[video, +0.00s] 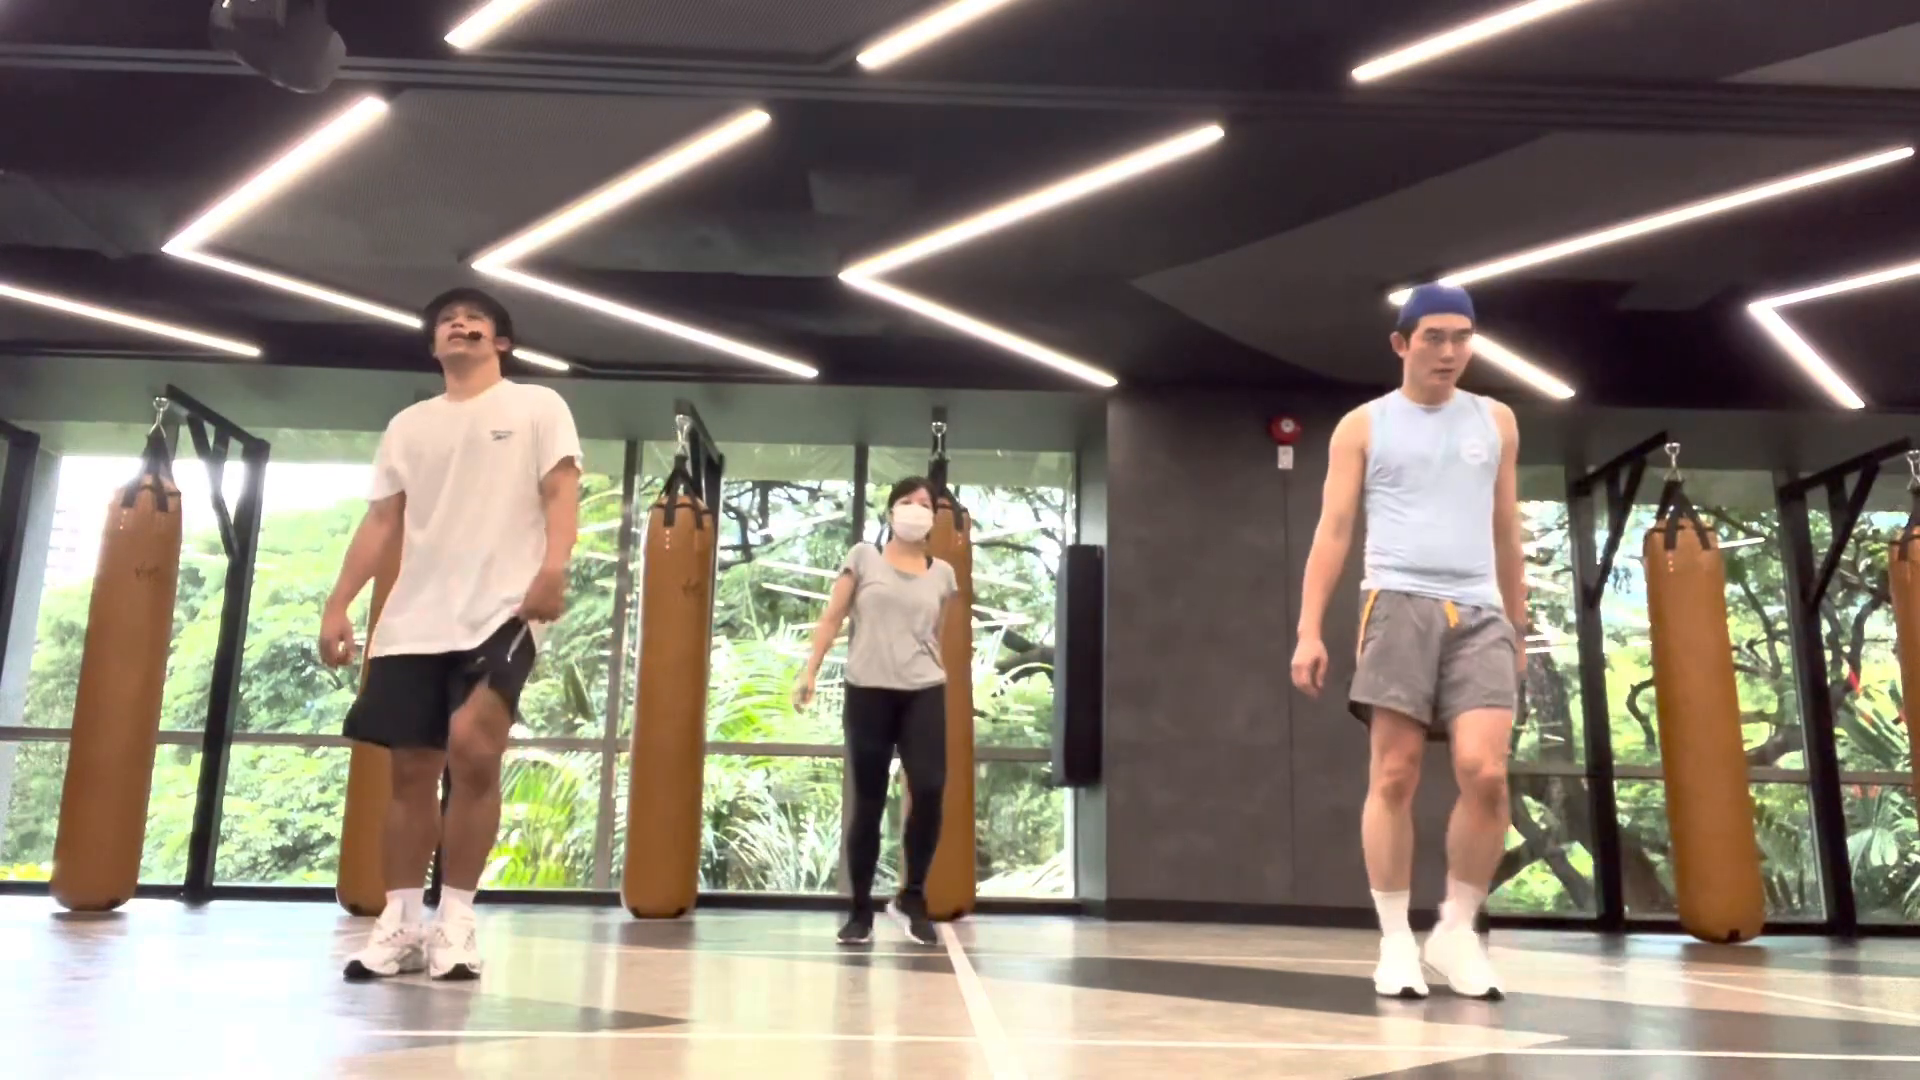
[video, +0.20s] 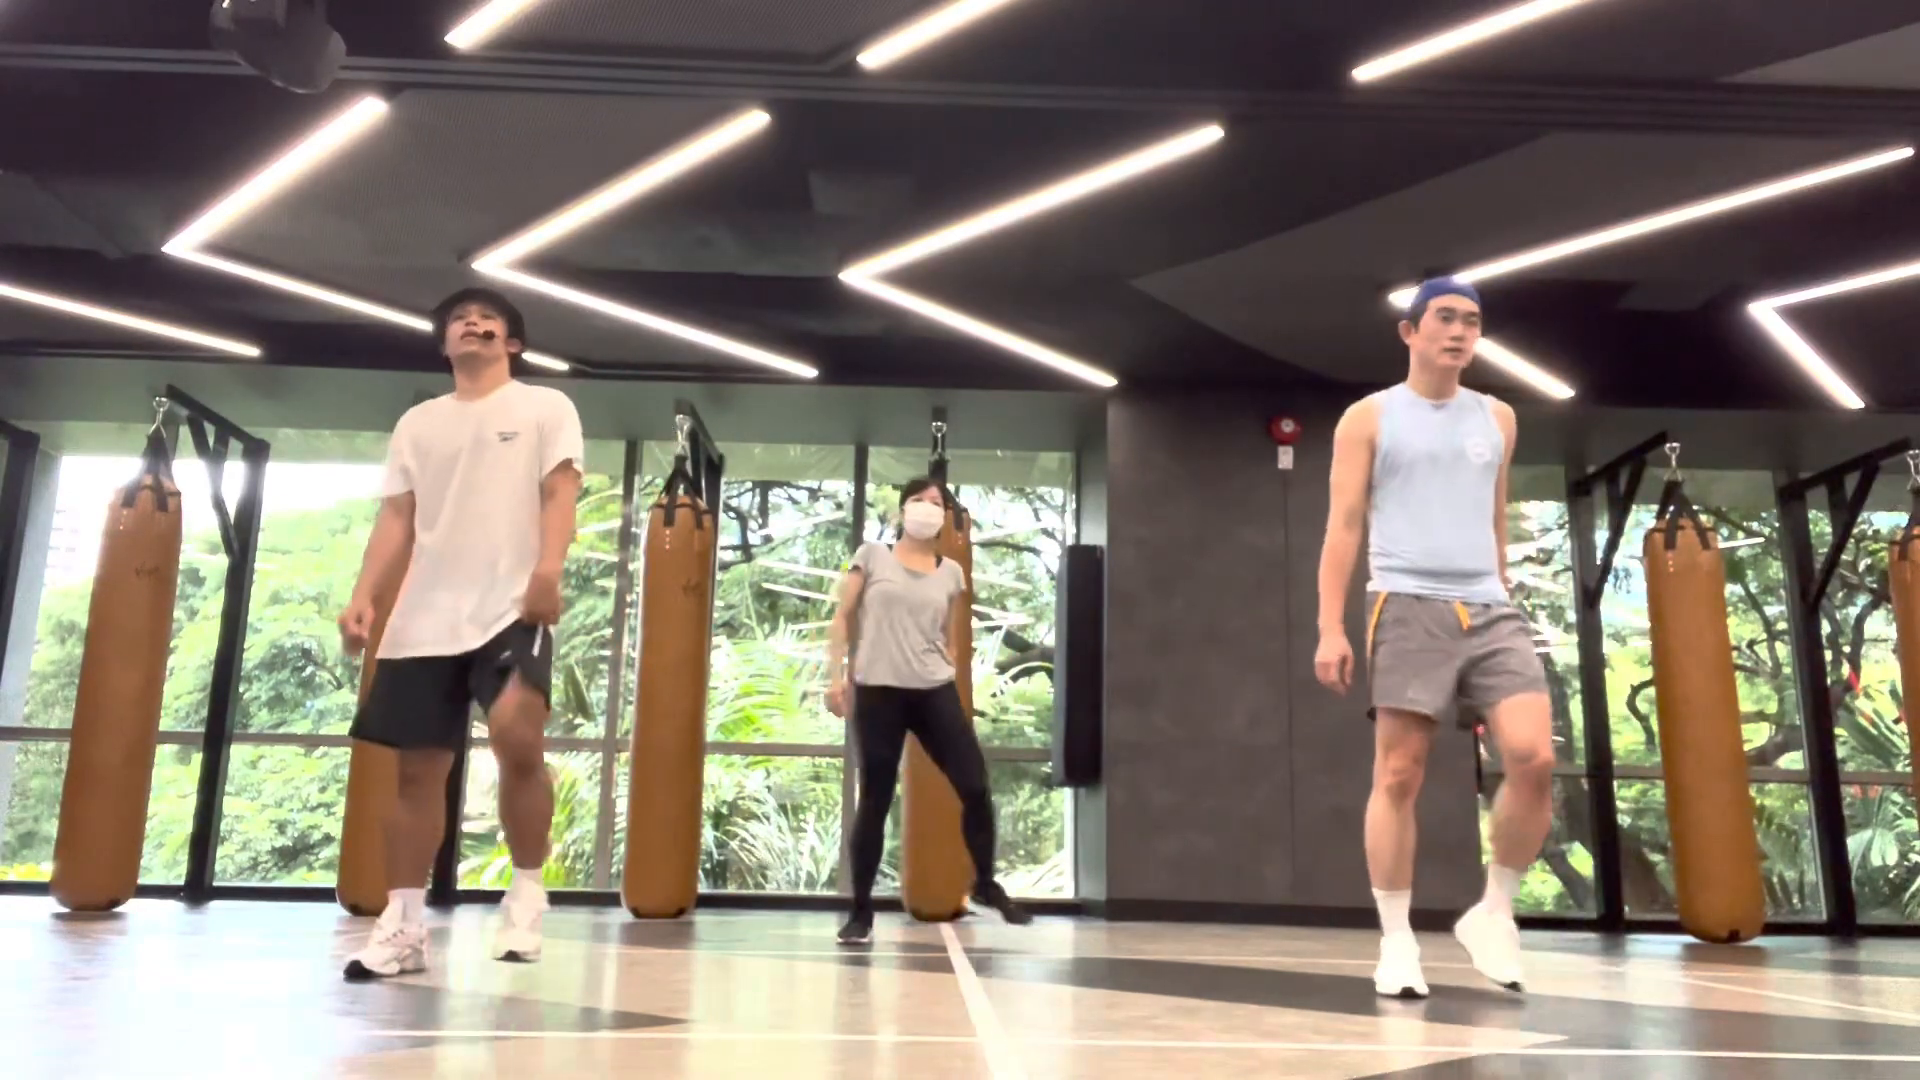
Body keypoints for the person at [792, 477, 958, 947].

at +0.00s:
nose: (917, 512)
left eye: (926, 507)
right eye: (908, 504)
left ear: (935, 520)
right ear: (890, 515)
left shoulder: (943, 574)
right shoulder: (864, 557)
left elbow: (948, 639)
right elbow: (832, 618)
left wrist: (953, 694)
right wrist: (809, 673)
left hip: (925, 692)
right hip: (867, 691)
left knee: (930, 789)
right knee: (867, 801)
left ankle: (913, 895)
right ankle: (860, 911)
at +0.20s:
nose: (926, 509)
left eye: (936, 504)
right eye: (917, 501)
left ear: (946, 521)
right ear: (901, 514)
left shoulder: (951, 574)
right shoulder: (872, 555)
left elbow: (949, 640)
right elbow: (842, 616)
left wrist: (956, 696)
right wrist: (838, 676)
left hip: (935, 690)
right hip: (877, 690)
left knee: (976, 789)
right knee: (873, 802)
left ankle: (985, 882)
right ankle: (860, 911)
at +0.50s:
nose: (973, 514)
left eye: (981, 508)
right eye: (964, 507)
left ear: (991, 523)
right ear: (949, 521)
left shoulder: (1008, 580)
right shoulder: (928, 567)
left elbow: (1010, 642)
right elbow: (901, 632)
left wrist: (1012, 692)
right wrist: (884, 691)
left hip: (993, 705)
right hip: (933, 704)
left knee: (1013, 810)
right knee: (905, 808)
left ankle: (1031, 910)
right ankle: (863, 909)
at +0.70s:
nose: (1001, 509)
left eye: (1008, 503)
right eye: (991, 502)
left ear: (1019, 517)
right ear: (973, 517)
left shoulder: (1036, 570)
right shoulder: (953, 563)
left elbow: (1047, 640)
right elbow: (934, 631)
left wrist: (1062, 694)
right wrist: (926, 690)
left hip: (1019, 698)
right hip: (962, 695)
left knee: (1023, 806)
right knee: (946, 796)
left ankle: (1031, 911)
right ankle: (916, 892)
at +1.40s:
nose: (934, 528)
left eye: (943, 522)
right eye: (925, 520)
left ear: (957, 534)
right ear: (911, 530)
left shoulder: (967, 582)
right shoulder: (889, 584)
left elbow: (985, 642)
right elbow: (873, 649)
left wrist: (1000, 692)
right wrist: (860, 707)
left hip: (948, 709)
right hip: (890, 707)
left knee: (983, 809)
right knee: (875, 812)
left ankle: (1026, 907)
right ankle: (860, 909)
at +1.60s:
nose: (918, 520)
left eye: (926, 515)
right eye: (910, 513)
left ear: (935, 530)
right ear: (893, 523)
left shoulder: (945, 578)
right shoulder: (864, 569)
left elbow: (952, 645)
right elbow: (836, 630)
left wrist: (955, 701)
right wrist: (812, 682)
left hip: (926, 696)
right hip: (869, 698)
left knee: (930, 789)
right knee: (866, 804)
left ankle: (960, 890)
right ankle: (860, 908)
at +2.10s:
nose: (937, 523)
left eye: (945, 518)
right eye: (927, 515)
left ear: (955, 532)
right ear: (910, 526)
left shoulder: (962, 585)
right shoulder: (882, 568)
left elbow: (960, 650)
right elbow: (854, 627)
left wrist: (963, 704)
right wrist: (846, 682)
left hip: (941, 702)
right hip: (884, 702)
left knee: (980, 795)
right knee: (876, 806)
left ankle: (1010, 892)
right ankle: (859, 906)